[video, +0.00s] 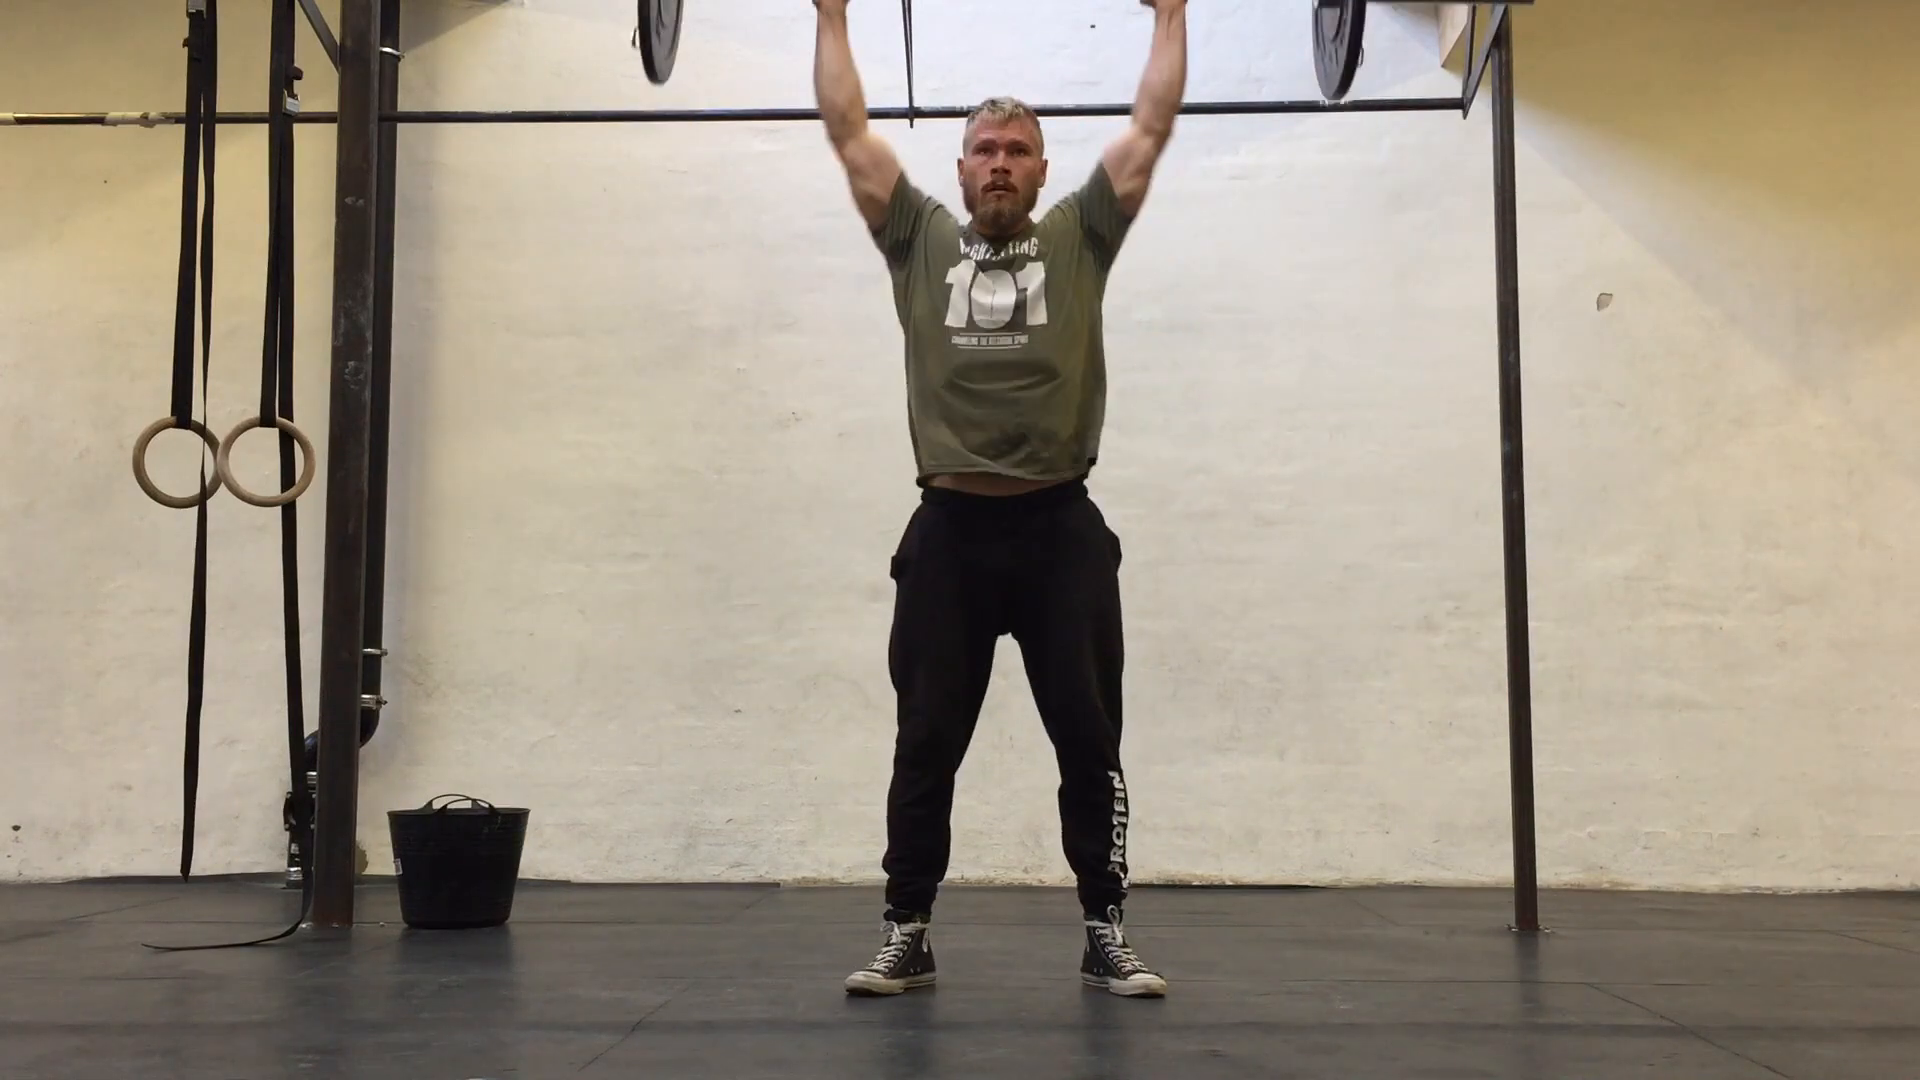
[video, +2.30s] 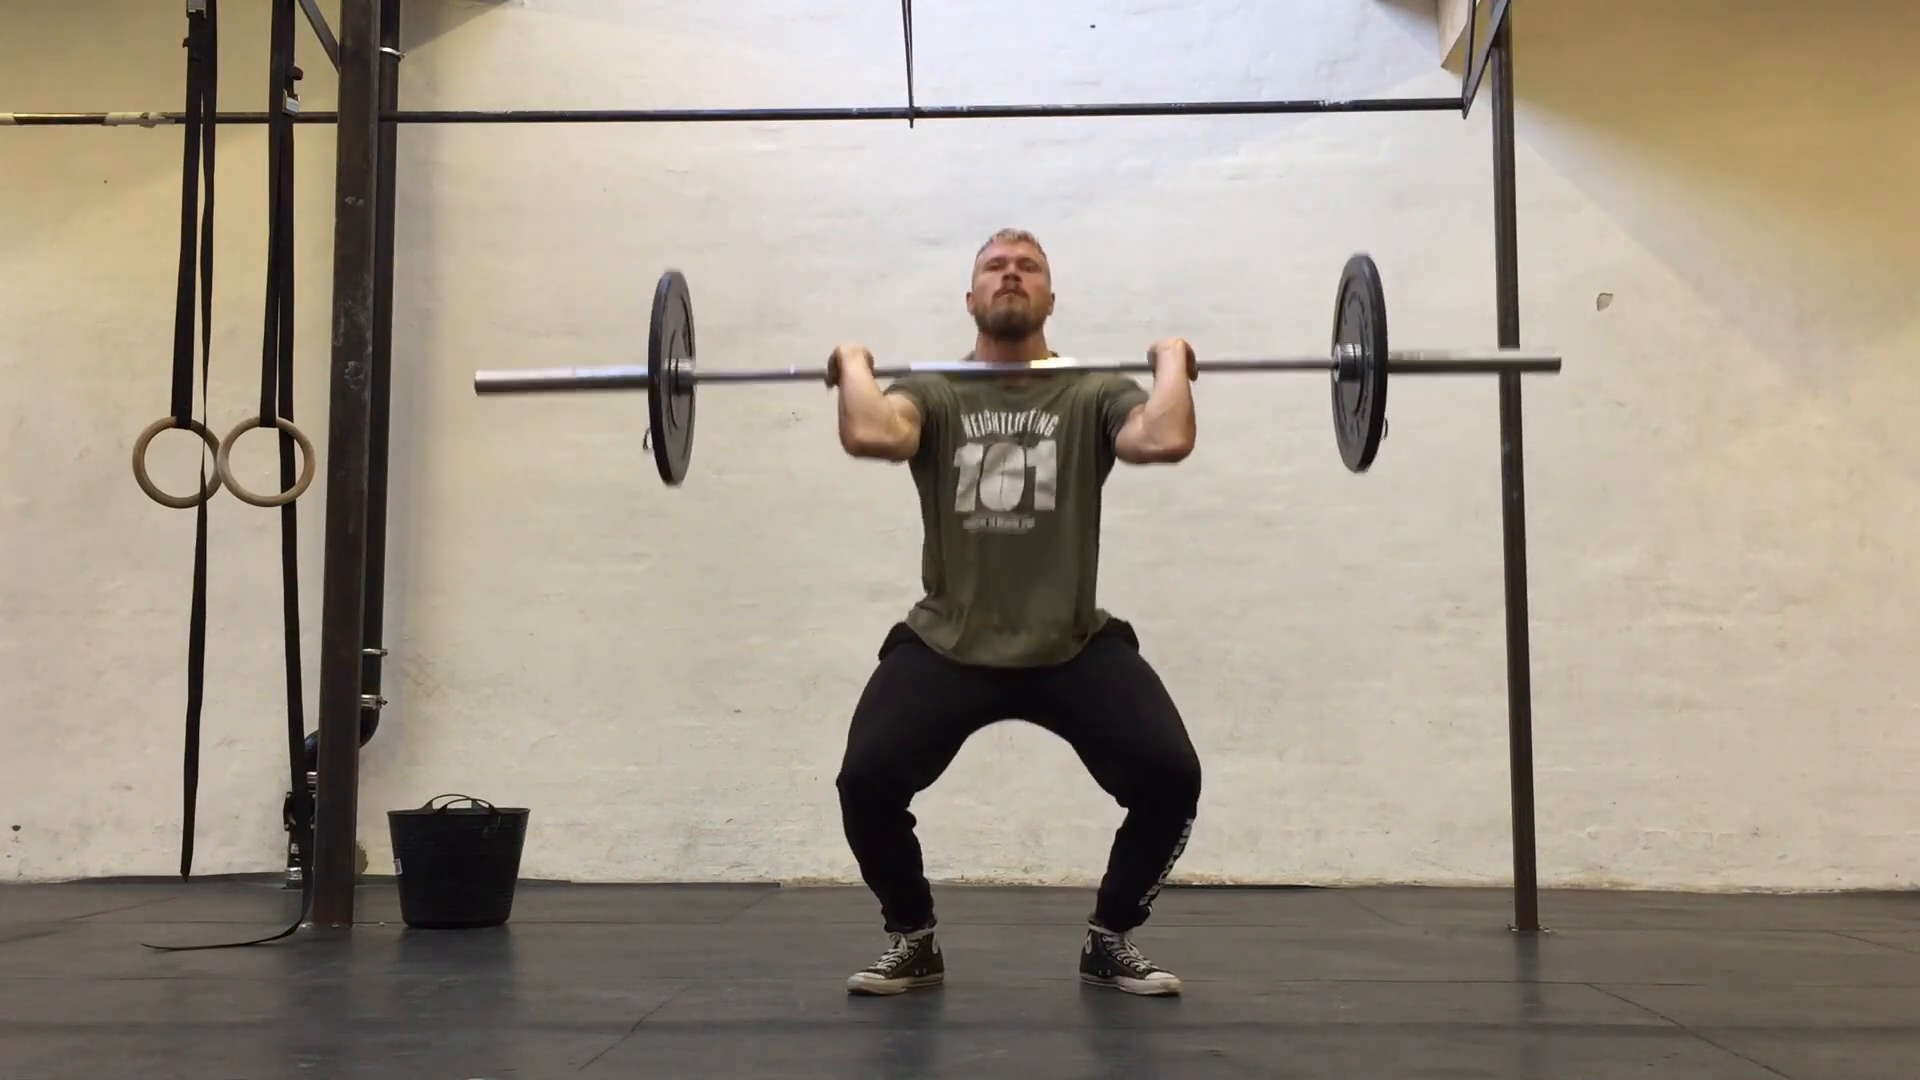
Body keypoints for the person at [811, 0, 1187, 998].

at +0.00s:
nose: (999, 163)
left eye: (1018, 151)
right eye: (983, 150)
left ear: (1042, 170)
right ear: (961, 168)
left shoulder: (1079, 241)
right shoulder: (920, 242)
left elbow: (1150, 127)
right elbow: (849, 133)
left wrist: (1170, 12)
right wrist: (830, 12)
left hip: (1061, 537)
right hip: (950, 538)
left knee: (1090, 746)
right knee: (925, 745)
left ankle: (1106, 940)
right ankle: (906, 939)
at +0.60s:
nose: (1001, 163)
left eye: (1018, 153)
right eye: (985, 153)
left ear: (1046, 179)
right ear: (961, 180)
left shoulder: (1090, 265)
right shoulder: (921, 267)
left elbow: (1203, 217)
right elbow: (809, 215)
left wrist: (1186, 101)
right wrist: (835, 103)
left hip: (1068, 543)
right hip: (949, 543)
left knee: (1094, 746)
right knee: (922, 744)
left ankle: (1105, 944)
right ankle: (907, 942)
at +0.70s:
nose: (999, 175)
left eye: (1015, 164)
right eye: (984, 164)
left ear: (1042, 188)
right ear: (963, 189)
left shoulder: (1090, 278)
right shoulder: (918, 279)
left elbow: (1213, 295)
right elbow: (794, 293)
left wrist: (1191, 192)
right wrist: (830, 195)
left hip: (1069, 547)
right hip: (951, 549)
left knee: (1104, 749)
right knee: (917, 750)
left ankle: (1107, 940)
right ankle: (906, 940)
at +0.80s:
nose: (1000, 145)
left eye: (1017, 136)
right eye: (984, 137)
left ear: (1043, 167)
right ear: (962, 169)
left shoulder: (1088, 257)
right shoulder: (920, 255)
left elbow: (1198, 309)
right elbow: (795, 280)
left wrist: (1188, 272)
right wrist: (825, 263)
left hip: (1071, 524)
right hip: (956, 526)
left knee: (1104, 728)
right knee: (923, 729)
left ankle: (1110, 924)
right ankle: (902, 926)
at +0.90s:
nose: (1005, 129)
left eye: (1022, 120)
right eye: (989, 120)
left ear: (1048, 148)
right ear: (965, 148)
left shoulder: (1089, 239)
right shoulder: (923, 236)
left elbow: (1200, 304)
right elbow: (812, 294)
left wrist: (1185, 366)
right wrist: (839, 361)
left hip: (1070, 503)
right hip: (958, 504)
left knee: (1101, 713)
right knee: (926, 711)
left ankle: (1115, 915)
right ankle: (903, 916)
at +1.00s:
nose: (1007, 151)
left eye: (1024, 142)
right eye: (991, 141)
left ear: (1049, 171)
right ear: (965, 169)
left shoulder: (1100, 279)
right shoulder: (917, 278)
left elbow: (1176, 379)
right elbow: (843, 381)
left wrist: (1184, 497)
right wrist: (846, 495)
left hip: (1074, 548)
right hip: (951, 550)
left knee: (1107, 737)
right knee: (921, 741)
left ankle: (1110, 932)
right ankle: (908, 931)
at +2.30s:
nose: (1010, 274)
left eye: (1027, 266)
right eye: (995, 265)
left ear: (1051, 298)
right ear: (970, 297)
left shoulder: (1094, 390)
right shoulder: (931, 391)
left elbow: (1169, 438)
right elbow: (866, 433)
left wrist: (1171, 356)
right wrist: (852, 358)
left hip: (1072, 646)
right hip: (948, 646)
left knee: (1170, 780)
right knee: (867, 784)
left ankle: (1109, 943)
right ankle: (913, 943)